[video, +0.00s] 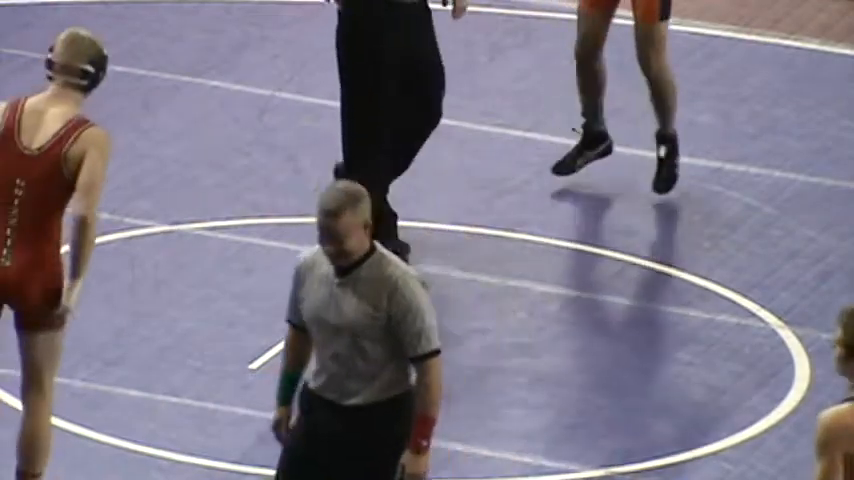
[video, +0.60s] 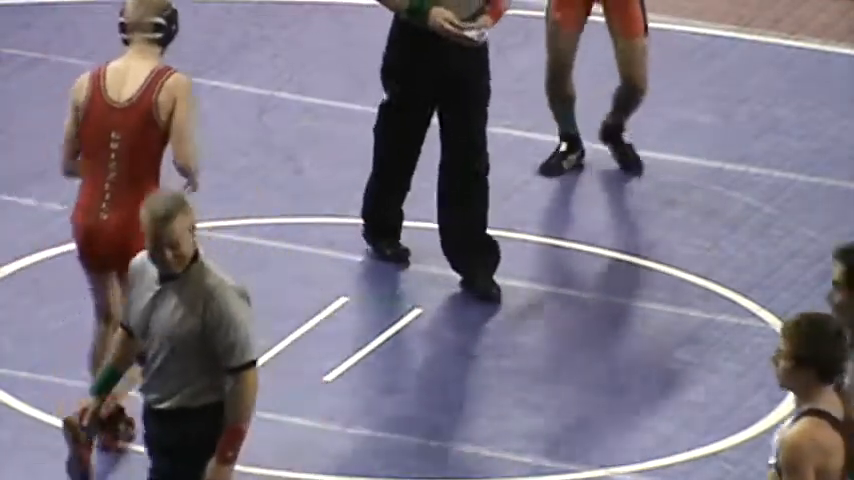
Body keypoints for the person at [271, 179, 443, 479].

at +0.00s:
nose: (330, 247)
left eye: (339, 239)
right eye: (324, 237)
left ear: (366, 230)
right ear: (317, 229)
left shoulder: (399, 283)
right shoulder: (310, 269)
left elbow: (429, 366)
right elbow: (299, 335)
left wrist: (420, 447)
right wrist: (284, 403)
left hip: (380, 415)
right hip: (320, 408)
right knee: (293, 472)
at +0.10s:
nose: (303, 245)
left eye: (312, 236)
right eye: (296, 235)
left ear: (335, 225)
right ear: (287, 227)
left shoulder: (367, 282)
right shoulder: (278, 265)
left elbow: (394, 365)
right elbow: (268, 334)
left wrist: (391, 446)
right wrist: (258, 402)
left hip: (347, 414)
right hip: (287, 410)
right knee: (267, 472)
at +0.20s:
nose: (285, 242)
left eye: (291, 230)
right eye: (273, 234)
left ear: (307, 217)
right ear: (259, 230)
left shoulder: (338, 279)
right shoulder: (250, 263)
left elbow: (363, 361)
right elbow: (241, 333)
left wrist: (359, 442)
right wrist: (227, 401)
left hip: (317, 410)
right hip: (262, 405)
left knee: (307, 473)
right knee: (249, 473)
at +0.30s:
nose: (262, 239)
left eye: (269, 227)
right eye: (250, 231)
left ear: (281, 215)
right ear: (232, 227)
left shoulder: (310, 275)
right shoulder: (223, 259)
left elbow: (337, 354)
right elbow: (214, 326)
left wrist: (323, 435)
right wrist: (194, 391)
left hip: (290, 404)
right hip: (238, 400)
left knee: (279, 473)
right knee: (235, 472)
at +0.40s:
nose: (237, 241)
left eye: (243, 228)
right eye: (225, 232)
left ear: (254, 216)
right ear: (205, 228)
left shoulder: (281, 276)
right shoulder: (197, 258)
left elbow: (310, 356)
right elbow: (186, 324)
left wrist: (285, 437)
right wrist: (160, 384)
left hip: (258, 407)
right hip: (213, 400)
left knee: (236, 474)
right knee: (219, 472)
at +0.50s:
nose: (207, 247)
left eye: (213, 235)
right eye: (195, 238)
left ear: (225, 223)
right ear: (177, 234)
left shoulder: (251, 286)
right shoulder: (169, 265)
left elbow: (280, 368)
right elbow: (158, 330)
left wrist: (253, 447)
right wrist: (126, 386)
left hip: (230, 413)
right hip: (188, 408)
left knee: (204, 473)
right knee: (201, 472)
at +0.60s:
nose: (167, 256)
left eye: (174, 245)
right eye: (157, 247)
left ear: (193, 232)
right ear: (146, 241)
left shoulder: (219, 297)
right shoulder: (141, 270)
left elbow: (245, 379)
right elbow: (129, 336)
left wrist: (225, 460)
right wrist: (98, 394)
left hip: (199, 422)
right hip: (156, 417)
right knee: (161, 471)